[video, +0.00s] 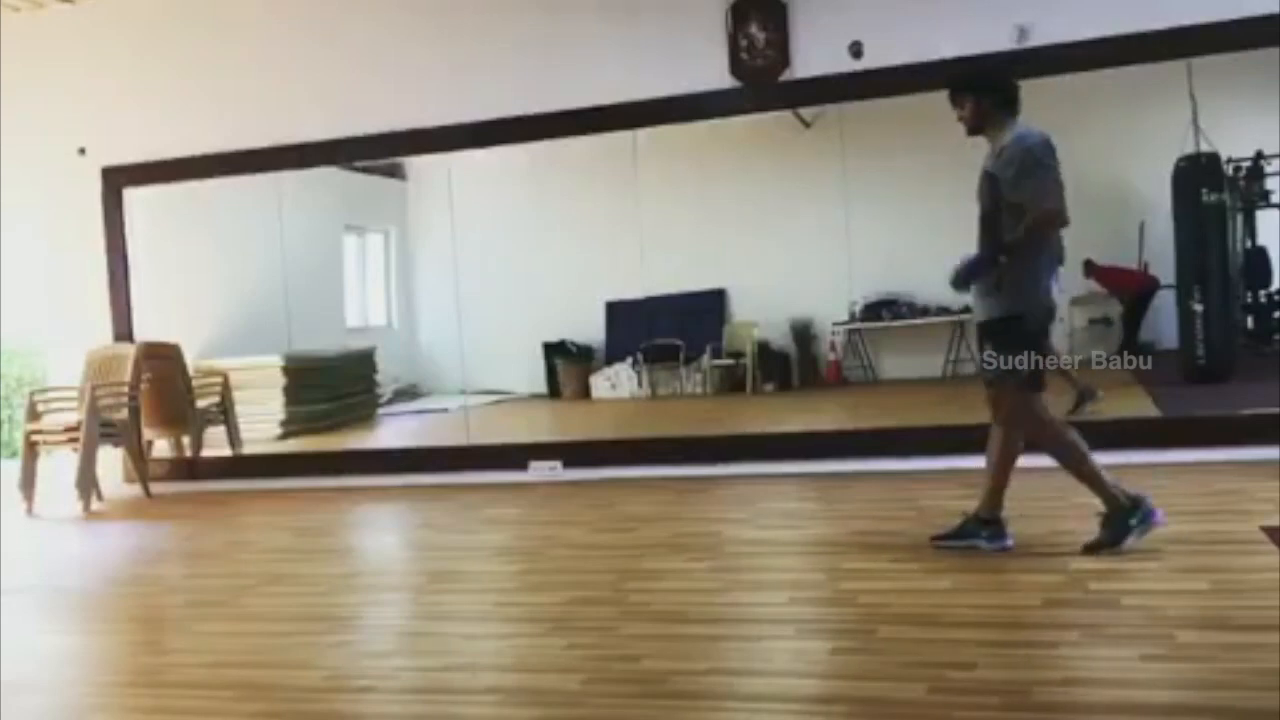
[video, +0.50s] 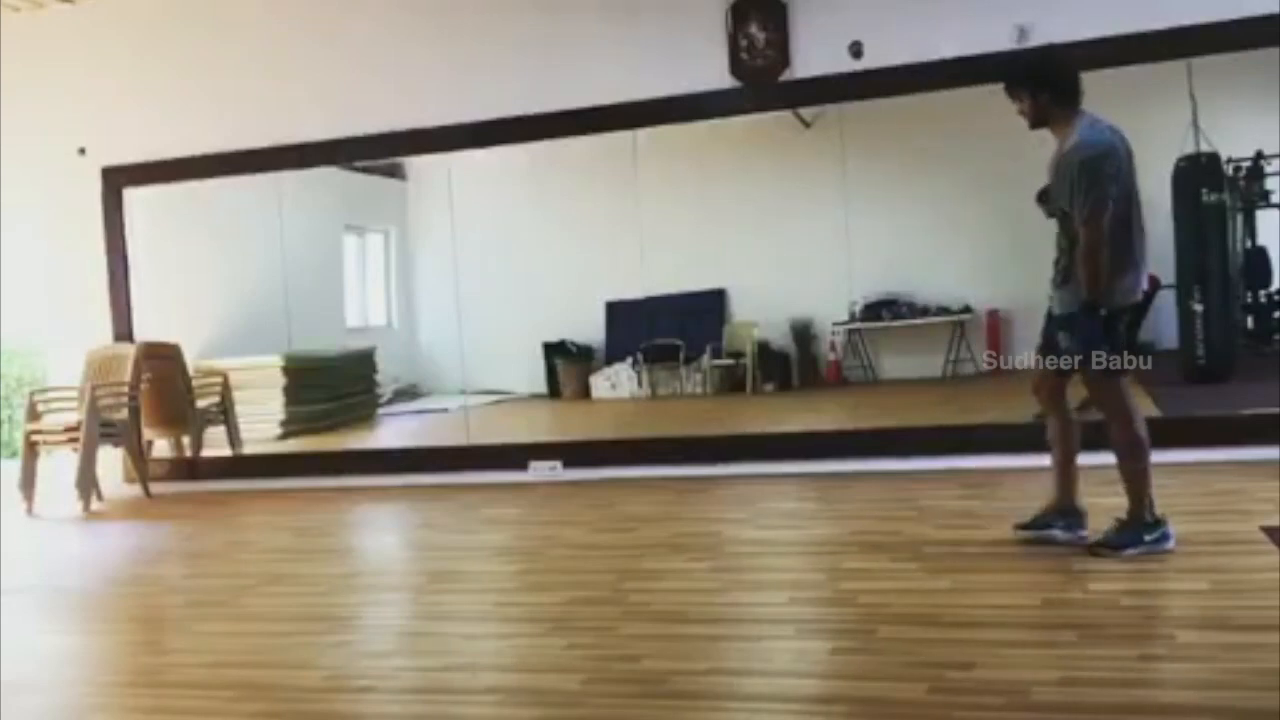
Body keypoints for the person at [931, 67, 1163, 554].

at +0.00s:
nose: (957, 117)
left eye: (960, 106)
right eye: (956, 107)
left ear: (983, 103)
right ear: (987, 103)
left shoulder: (1027, 148)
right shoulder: (1005, 154)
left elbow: (1049, 215)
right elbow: (1030, 227)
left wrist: (987, 259)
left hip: (1018, 308)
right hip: (1005, 307)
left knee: (1023, 412)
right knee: (1009, 411)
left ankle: (1120, 505)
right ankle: (988, 517)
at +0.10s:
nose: (975, 114)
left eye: (979, 103)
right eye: (973, 104)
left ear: (1004, 101)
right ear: (1006, 102)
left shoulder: (1045, 148)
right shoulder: (1019, 154)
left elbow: (1062, 224)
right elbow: (1024, 235)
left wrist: (1022, 282)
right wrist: (1006, 303)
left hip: (1047, 309)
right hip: (1024, 308)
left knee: (1074, 411)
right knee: (1013, 410)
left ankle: (1137, 514)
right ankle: (988, 516)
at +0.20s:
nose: (983, 112)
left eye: (987, 102)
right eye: (982, 103)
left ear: (1012, 102)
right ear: (1018, 103)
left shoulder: (1053, 152)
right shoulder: (1032, 155)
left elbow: (1066, 229)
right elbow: (1043, 233)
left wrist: (1035, 284)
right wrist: (1029, 287)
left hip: (1060, 307)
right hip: (1040, 305)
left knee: (1090, 412)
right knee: (1020, 410)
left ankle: (1141, 517)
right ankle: (990, 515)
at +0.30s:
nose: (1001, 117)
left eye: (1003, 106)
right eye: (998, 107)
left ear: (1028, 103)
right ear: (1034, 102)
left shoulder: (1074, 153)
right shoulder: (1056, 152)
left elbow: (1077, 240)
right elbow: (1062, 238)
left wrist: (1057, 305)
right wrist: (1049, 295)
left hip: (1080, 302)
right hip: (1068, 300)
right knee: (1035, 404)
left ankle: (1143, 520)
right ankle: (999, 510)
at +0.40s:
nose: (1008, 115)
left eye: (1010, 104)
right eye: (1005, 104)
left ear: (1033, 101)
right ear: (1046, 99)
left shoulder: (1073, 153)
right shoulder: (1086, 142)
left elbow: (1078, 238)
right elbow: (1097, 231)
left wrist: (1074, 306)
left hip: (1082, 306)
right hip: (1083, 302)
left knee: (1109, 409)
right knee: (1041, 401)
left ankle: (1142, 520)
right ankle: (1012, 509)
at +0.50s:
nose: (1016, 108)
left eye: (1019, 97)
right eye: (1014, 99)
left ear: (1045, 95)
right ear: (1054, 95)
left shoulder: (1092, 148)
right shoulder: (1078, 143)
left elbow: (1094, 233)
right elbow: (1092, 225)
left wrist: (1096, 302)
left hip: (1100, 302)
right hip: (1073, 298)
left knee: (1111, 397)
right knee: (1048, 387)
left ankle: (1144, 517)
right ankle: (1065, 507)